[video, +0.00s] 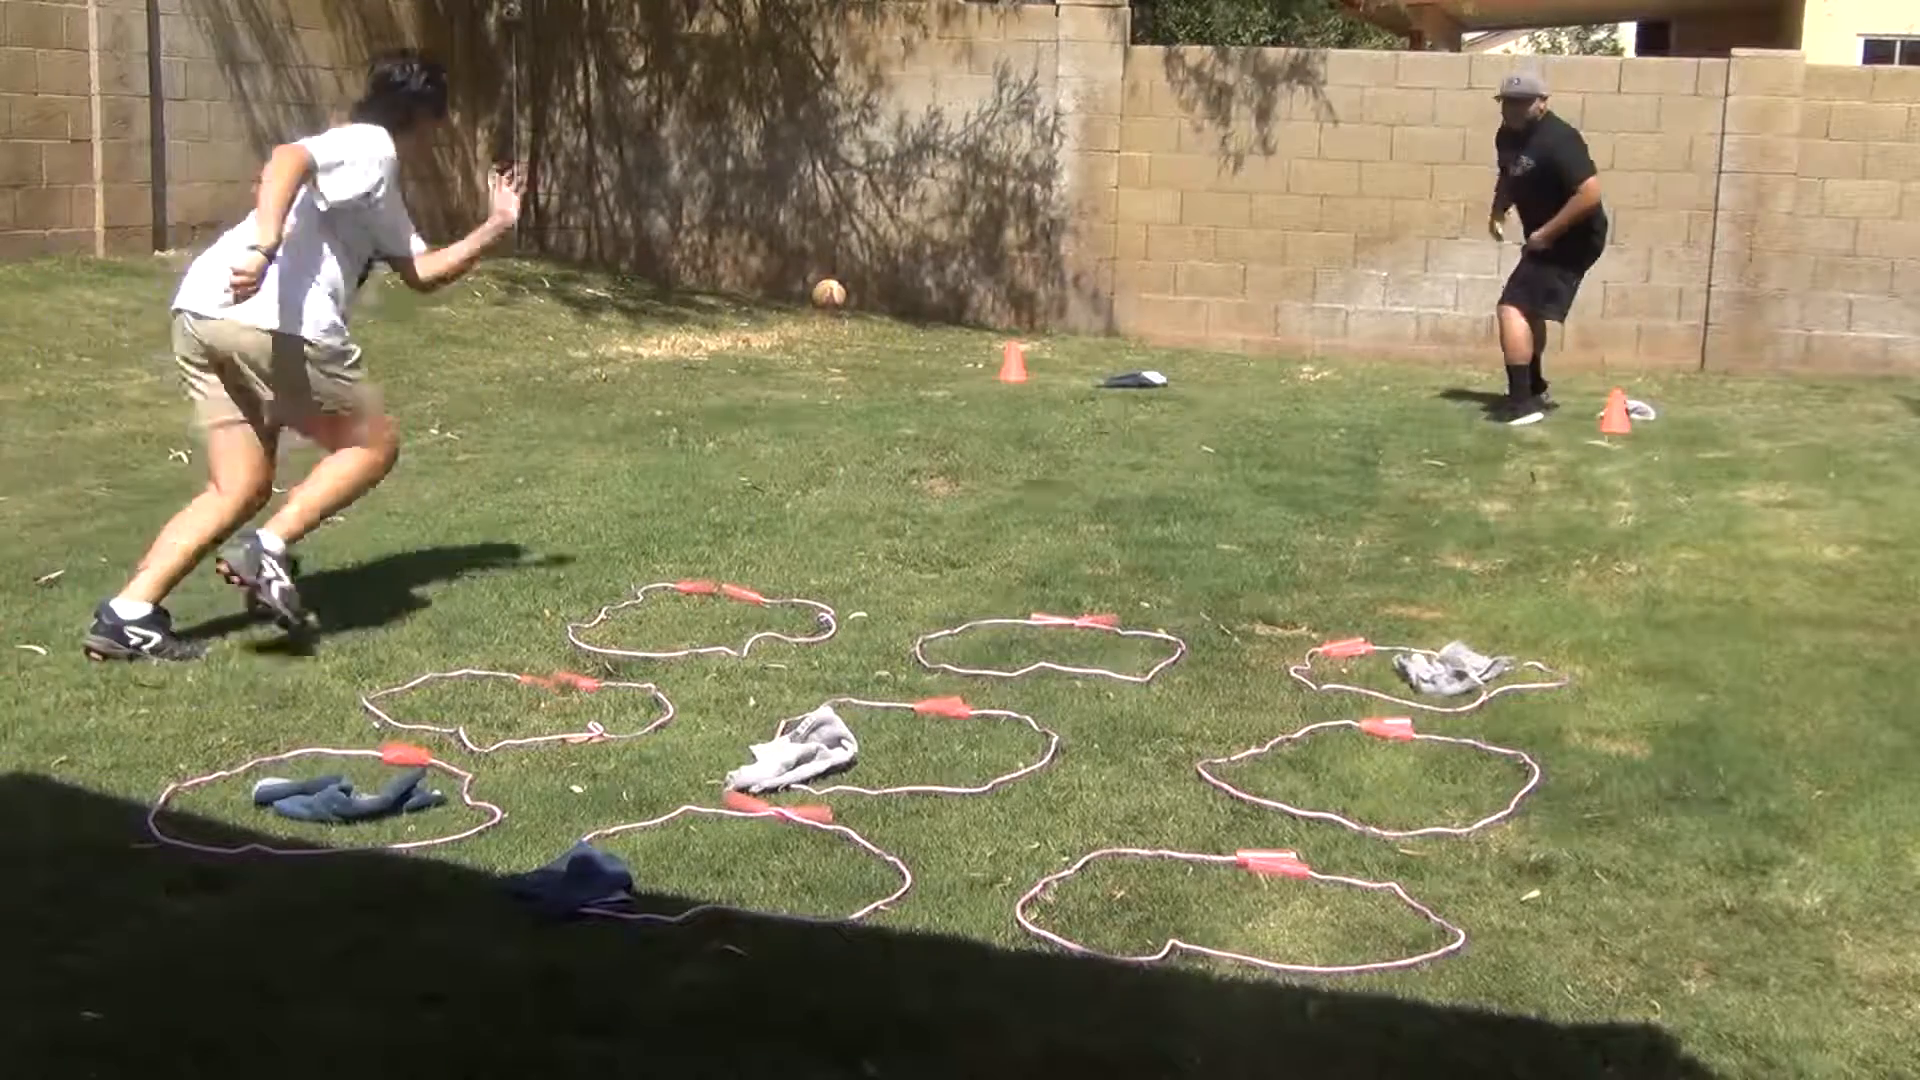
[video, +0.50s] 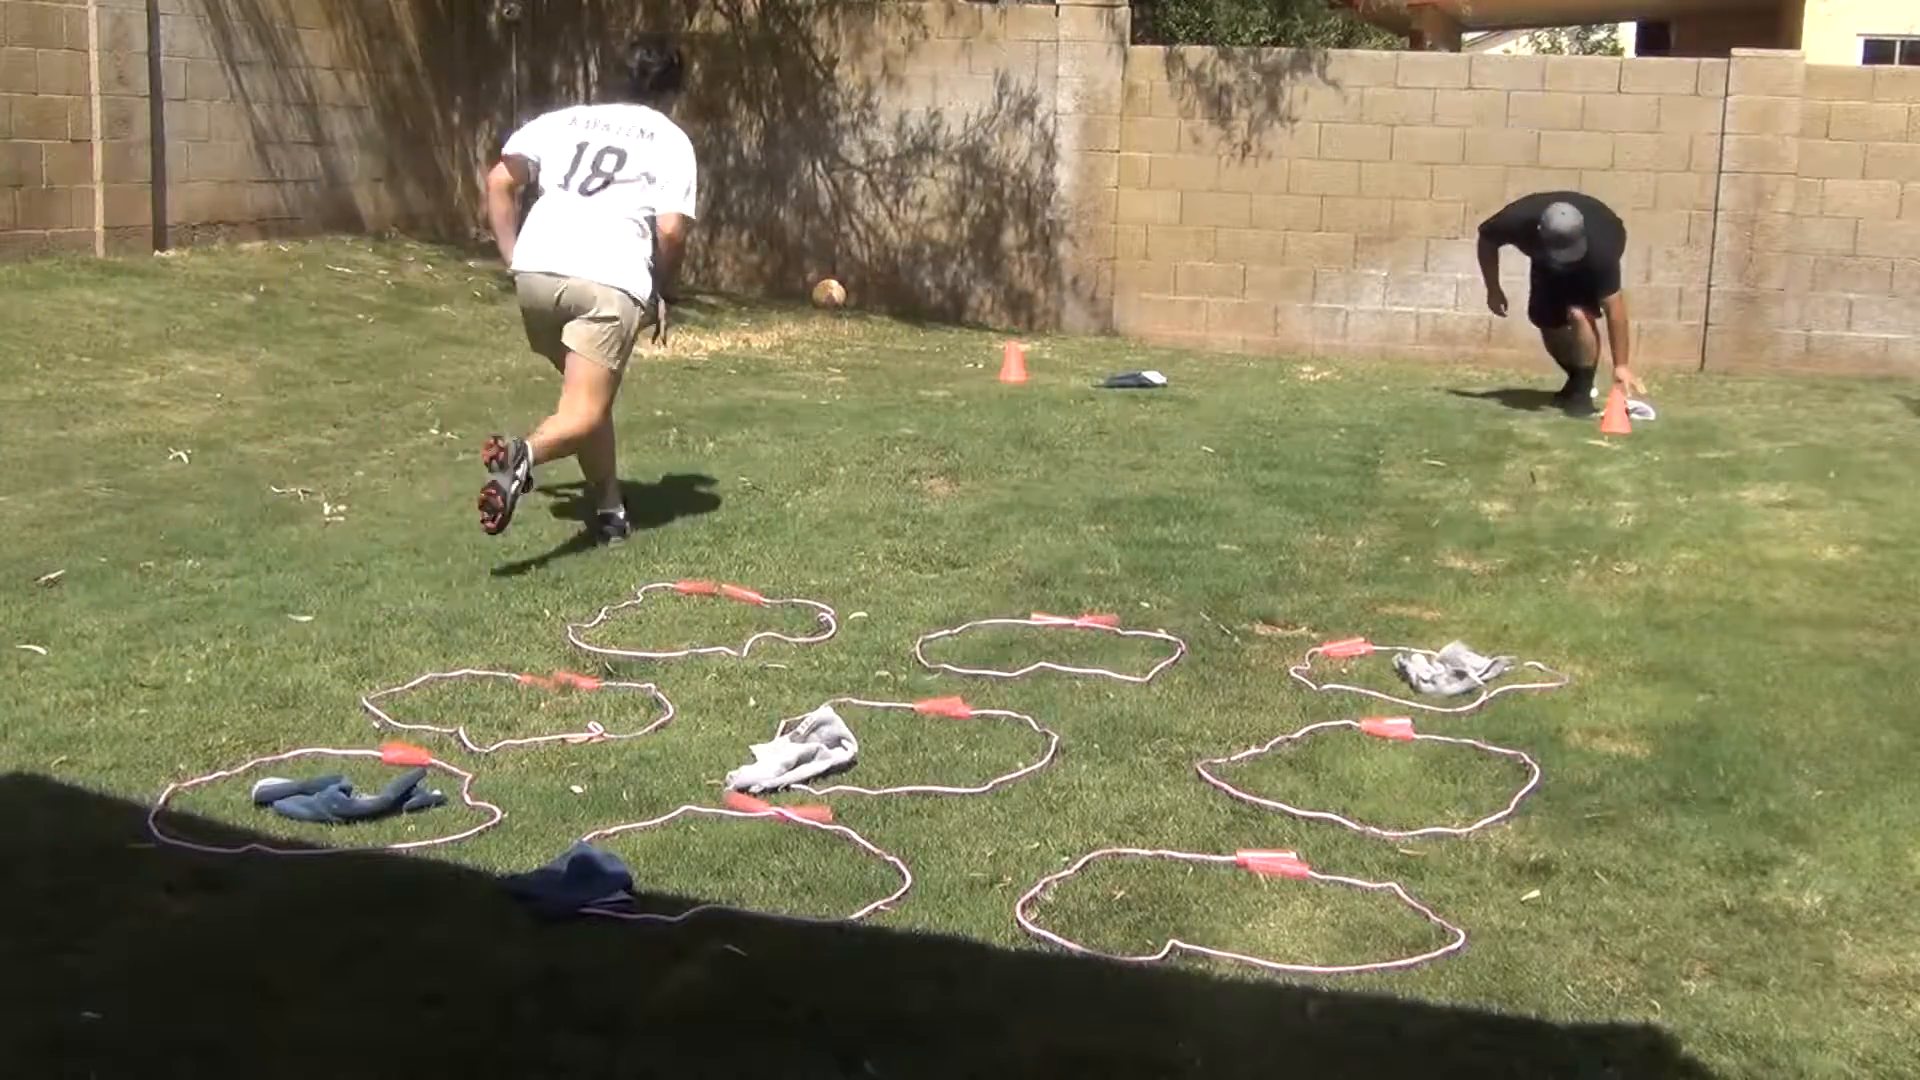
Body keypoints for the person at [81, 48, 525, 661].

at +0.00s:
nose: (438, 133)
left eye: (440, 120)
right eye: (436, 118)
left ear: (378, 104)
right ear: (416, 115)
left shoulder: (373, 186)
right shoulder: (371, 144)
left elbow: (423, 271)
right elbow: (288, 160)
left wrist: (495, 226)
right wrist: (265, 243)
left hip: (202, 316)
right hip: (275, 321)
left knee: (239, 483)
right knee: (373, 443)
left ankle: (127, 613)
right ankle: (267, 549)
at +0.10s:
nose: (483, 107)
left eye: (485, 96)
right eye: (483, 95)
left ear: (425, 77)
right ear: (469, 92)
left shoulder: (438, 172)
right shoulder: (425, 117)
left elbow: (481, 246)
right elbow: (350, 118)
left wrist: (562, 230)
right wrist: (349, 212)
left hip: (276, 287)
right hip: (351, 296)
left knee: (249, 446)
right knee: (435, 408)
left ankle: (164, 578)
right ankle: (382, 561)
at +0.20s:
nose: (527, 101)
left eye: (527, 90)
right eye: (527, 90)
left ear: (468, 85)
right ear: (516, 86)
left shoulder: (434, 130)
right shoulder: (495, 125)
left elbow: (422, 234)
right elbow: (451, 168)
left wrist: (495, 300)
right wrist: (476, 269)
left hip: (340, 285)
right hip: (410, 294)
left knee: (374, 449)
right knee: (469, 432)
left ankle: (263, 513)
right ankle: (396, 569)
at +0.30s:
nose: (583, 121)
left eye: (582, 111)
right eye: (582, 111)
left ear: (526, 102)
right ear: (571, 108)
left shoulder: (483, 133)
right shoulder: (565, 149)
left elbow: (396, 180)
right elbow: (572, 241)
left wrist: (388, 259)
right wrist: (601, 254)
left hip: (406, 288)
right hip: (469, 298)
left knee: (479, 412)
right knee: (482, 446)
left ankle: (415, 481)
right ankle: (399, 563)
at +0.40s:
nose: (633, 106)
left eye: (630, 99)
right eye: (633, 98)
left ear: (577, 88)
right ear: (625, 97)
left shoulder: (525, 114)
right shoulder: (626, 144)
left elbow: (433, 129)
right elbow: (648, 240)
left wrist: (401, 204)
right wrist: (619, 245)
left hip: (467, 277)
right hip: (538, 292)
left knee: (571, 360)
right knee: (486, 422)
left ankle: (566, 496)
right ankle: (424, 535)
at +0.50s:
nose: (672, 97)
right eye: (675, 89)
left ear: (624, 78)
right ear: (673, 90)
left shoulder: (564, 119)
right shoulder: (673, 141)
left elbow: (499, 180)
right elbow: (671, 233)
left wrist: (515, 259)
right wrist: (664, 292)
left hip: (536, 271)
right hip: (612, 278)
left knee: (591, 395)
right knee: (581, 414)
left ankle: (609, 510)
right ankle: (524, 457)